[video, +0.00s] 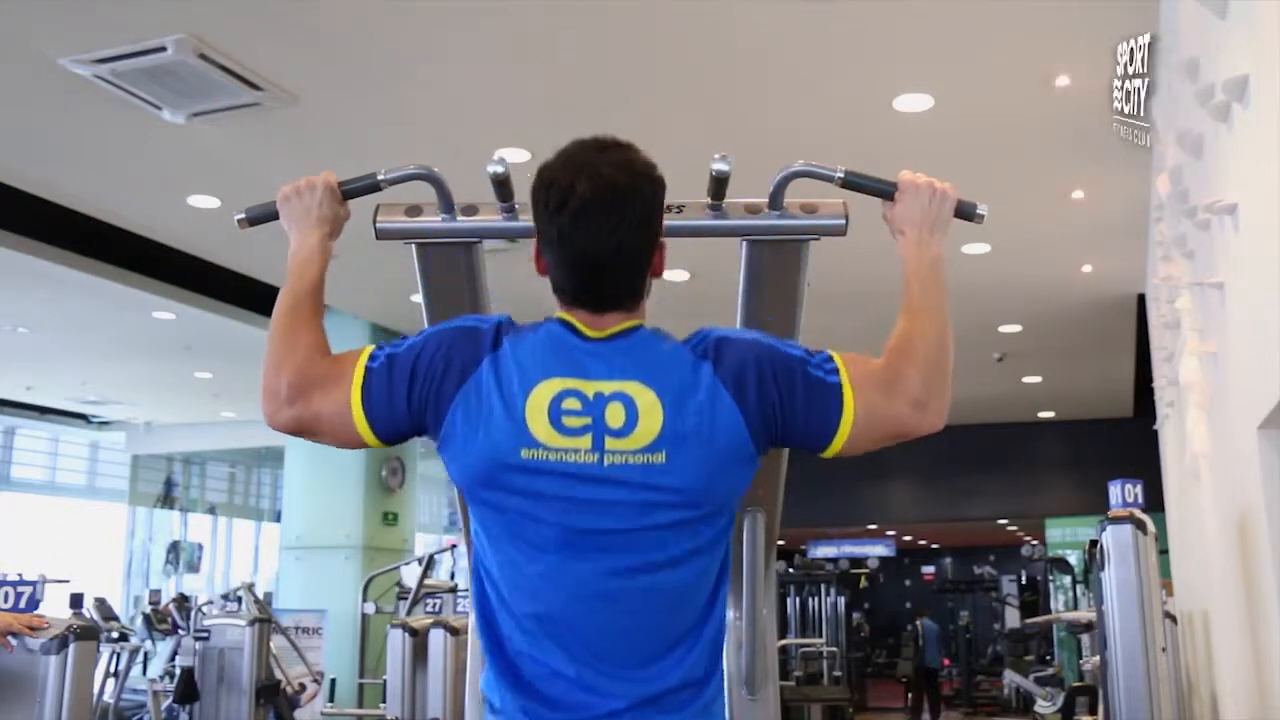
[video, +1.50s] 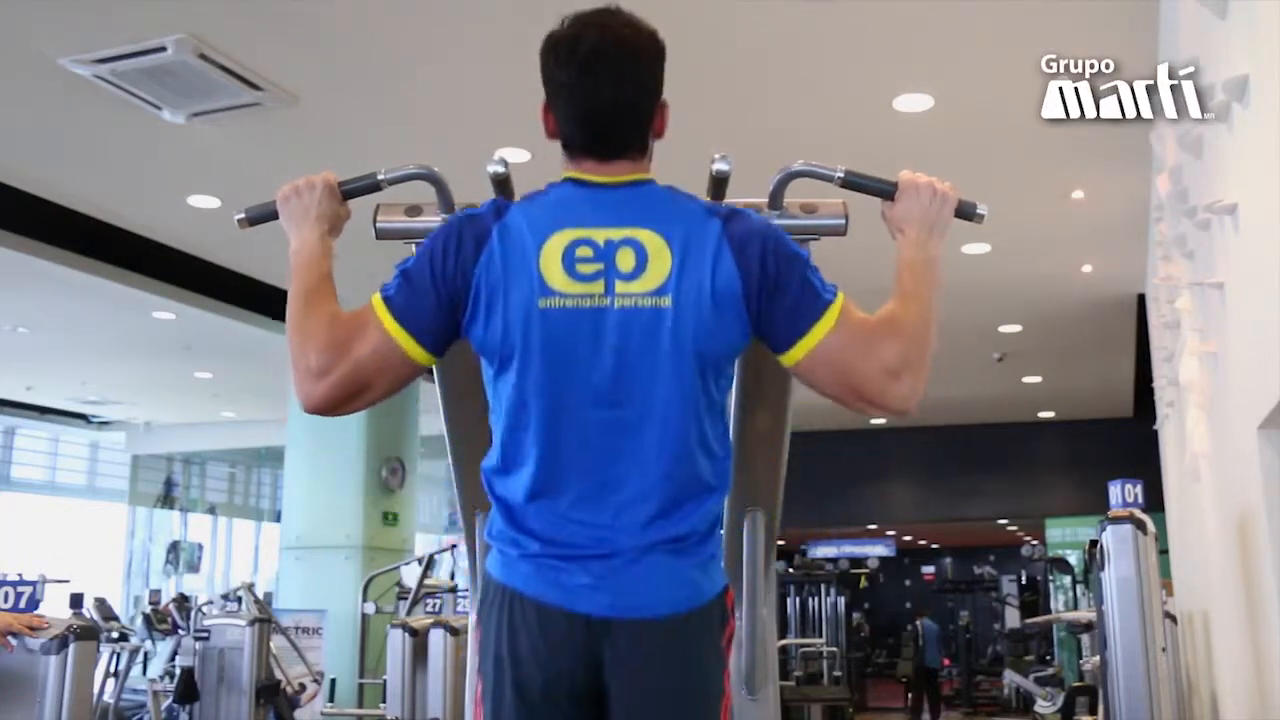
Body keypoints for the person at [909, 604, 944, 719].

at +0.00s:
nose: (916, 618)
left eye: (916, 616)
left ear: (917, 615)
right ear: (928, 614)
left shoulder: (917, 626)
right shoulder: (935, 627)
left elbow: (917, 644)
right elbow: (938, 645)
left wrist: (914, 659)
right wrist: (939, 659)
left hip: (921, 664)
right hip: (934, 664)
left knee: (918, 692)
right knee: (933, 692)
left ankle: (916, 715)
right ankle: (935, 715)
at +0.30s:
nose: (916, 618)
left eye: (916, 616)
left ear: (917, 615)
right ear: (928, 614)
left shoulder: (917, 626)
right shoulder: (935, 627)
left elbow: (917, 644)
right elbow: (938, 645)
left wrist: (914, 659)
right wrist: (939, 659)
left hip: (921, 664)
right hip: (934, 664)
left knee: (918, 692)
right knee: (933, 692)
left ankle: (916, 715)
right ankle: (935, 715)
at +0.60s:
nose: (916, 618)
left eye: (916, 616)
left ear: (917, 615)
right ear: (928, 614)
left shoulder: (917, 625)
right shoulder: (935, 627)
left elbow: (917, 644)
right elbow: (938, 645)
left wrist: (914, 659)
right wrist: (939, 659)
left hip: (921, 664)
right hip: (934, 664)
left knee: (918, 692)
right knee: (933, 691)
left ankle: (916, 715)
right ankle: (935, 715)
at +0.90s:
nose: (916, 618)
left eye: (916, 616)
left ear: (917, 615)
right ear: (928, 614)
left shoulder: (917, 625)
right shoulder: (935, 627)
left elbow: (917, 644)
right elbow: (938, 645)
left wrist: (914, 659)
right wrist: (939, 659)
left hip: (921, 664)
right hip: (934, 664)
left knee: (918, 692)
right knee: (933, 691)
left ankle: (916, 715)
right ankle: (935, 715)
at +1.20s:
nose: (916, 618)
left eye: (916, 616)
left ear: (917, 615)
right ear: (928, 614)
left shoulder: (917, 625)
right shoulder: (935, 627)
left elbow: (917, 644)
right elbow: (938, 645)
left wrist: (914, 659)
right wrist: (939, 659)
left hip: (921, 664)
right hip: (934, 664)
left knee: (918, 692)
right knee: (933, 691)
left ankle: (916, 715)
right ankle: (935, 715)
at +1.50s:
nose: (916, 618)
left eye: (916, 616)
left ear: (917, 615)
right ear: (928, 614)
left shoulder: (917, 625)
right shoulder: (935, 627)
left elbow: (917, 644)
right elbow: (938, 645)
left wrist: (914, 659)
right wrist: (939, 659)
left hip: (921, 664)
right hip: (934, 664)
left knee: (918, 692)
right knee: (933, 691)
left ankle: (916, 715)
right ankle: (935, 715)